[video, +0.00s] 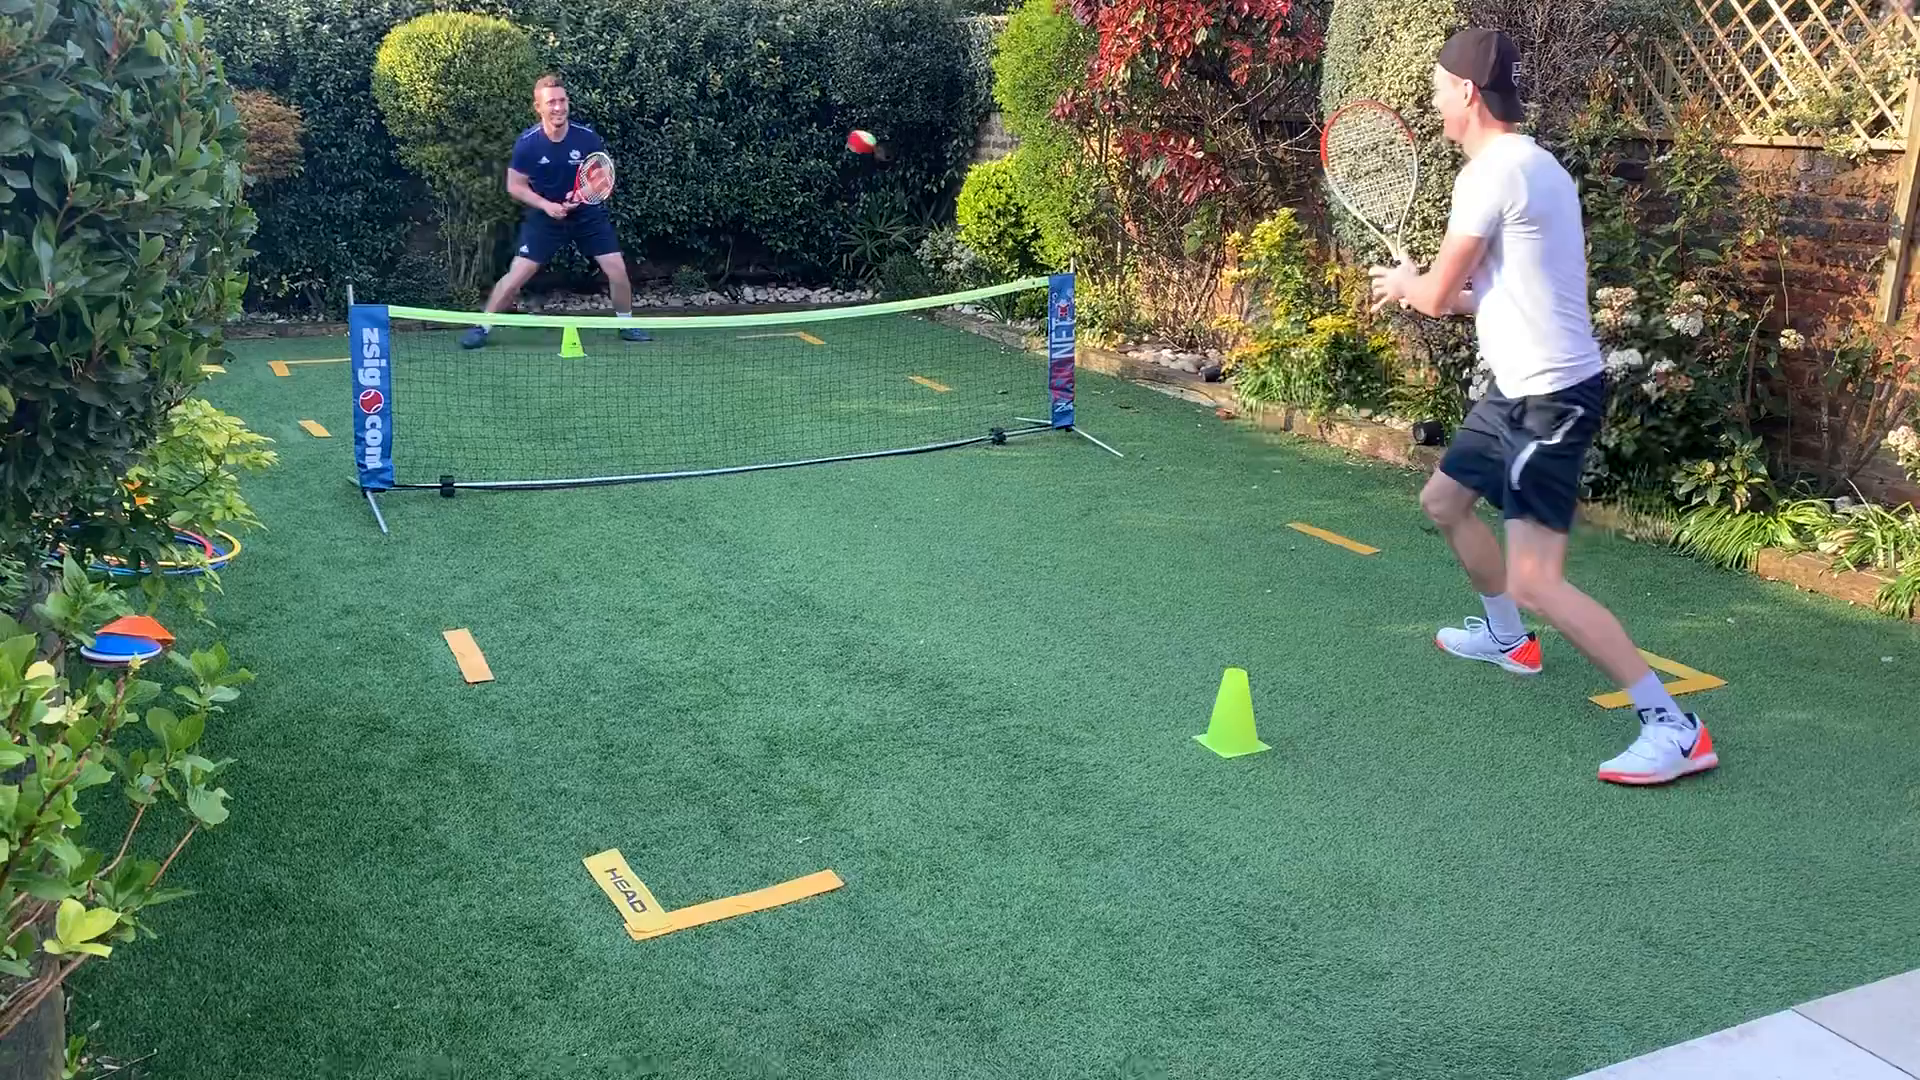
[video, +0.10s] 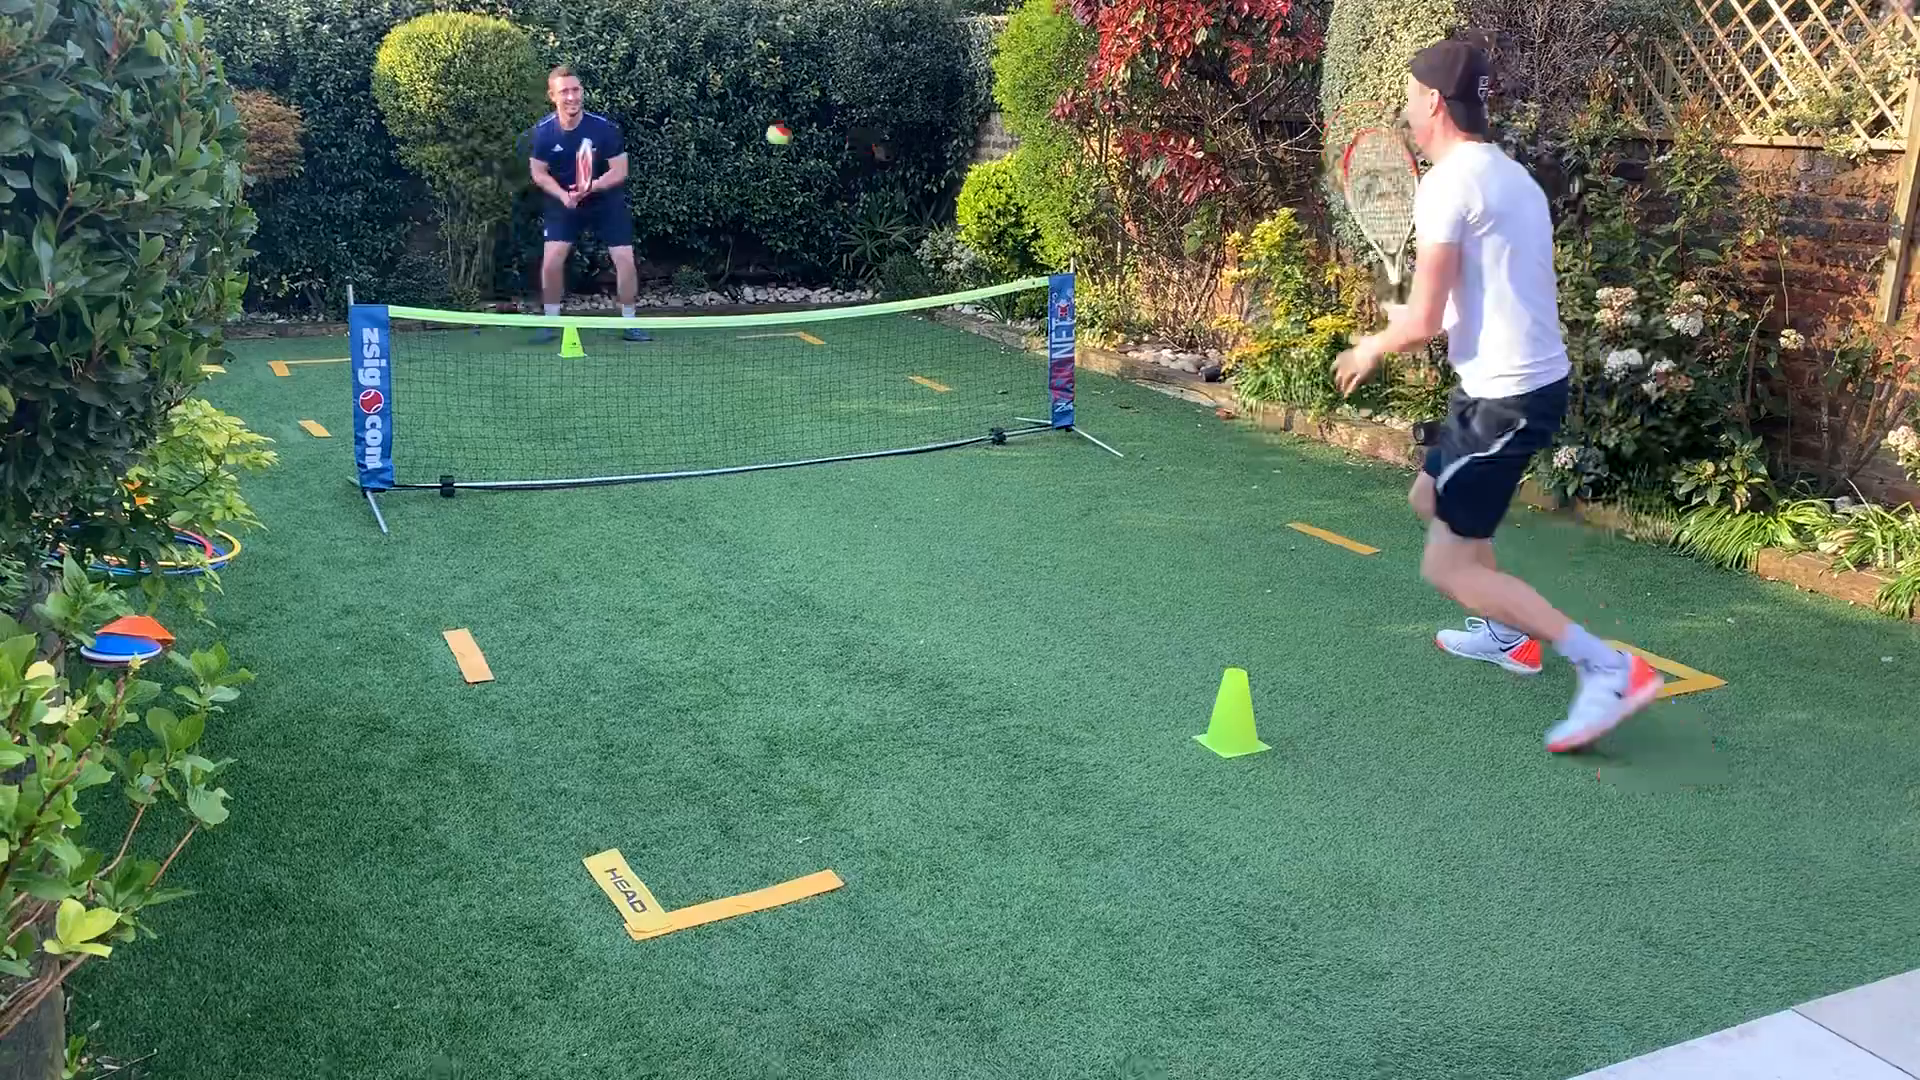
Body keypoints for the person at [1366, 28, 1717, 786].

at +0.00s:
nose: (1437, 104)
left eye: (1442, 91)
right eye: (1440, 90)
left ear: (1469, 94)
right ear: (1497, 93)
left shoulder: (1490, 171)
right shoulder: (1543, 167)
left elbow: (1440, 297)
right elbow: (1507, 292)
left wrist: (1406, 284)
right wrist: (1428, 288)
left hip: (1554, 395)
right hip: (1517, 387)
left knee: (1537, 582)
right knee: (1444, 501)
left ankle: (1673, 725)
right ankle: (1506, 633)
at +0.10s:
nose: (1408, 109)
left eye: (1413, 97)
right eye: (1410, 96)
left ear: (1436, 105)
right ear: (1469, 106)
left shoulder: (1447, 182)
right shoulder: (1514, 176)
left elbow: (1423, 322)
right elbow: (1492, 302)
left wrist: (1372, 347)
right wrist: (1413, 320)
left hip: (1505, 391)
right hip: (1526, 379)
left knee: (1447, 568)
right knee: (1429, 496)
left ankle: (1606, 666)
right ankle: (1506, 631)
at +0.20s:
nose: (1362, 124)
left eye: (1367, 111)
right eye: (1364, 110)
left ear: (1389, 118)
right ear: (1421, 118)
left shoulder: (1411, 192)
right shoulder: (1473, 183)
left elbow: (1404, 325)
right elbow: (1483, 298)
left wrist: (1334, 400)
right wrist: (1401, 327)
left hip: (1468, 395)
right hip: (1510, 388)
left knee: (1344, 521)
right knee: (1428, 505)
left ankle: (1467, 637)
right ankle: (1505, 634)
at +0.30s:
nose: (1312, 134)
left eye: (1316, 121)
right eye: (1312, 121)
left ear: (1336, 125)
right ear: (1370, 123)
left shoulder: (1367, 194)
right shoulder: (1424, 185)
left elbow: (1367, 313)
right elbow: (1415, 305)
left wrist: (1286, 393)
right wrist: (1318, 335)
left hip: (1424, 397)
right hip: (1468, 391)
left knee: (1265, 479)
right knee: (1411, 511)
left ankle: (1303, 639)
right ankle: (1502, 633)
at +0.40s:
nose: (1254, 118)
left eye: (1256, 106)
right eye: (1254, 106)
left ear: (1273, 110)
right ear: (1321, 108)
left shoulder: (1296, 180)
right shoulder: (1373, 179)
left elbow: (1316, 275)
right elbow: (1407, 291)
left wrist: (1239, 374)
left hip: (1354, 393)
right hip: (1411, 390)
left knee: (1197, 482)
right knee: (1408, 512)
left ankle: (1158, 648)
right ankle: (1498, 629)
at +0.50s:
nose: (1206, 96)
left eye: (1209, 85)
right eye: (1209, 84)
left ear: (1222, 92)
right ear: (1276, 93)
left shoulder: (1222, 165)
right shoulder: (1326, 173)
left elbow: (1246, 256)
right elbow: (1388, 279)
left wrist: (1253, 385)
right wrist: (1398, 370)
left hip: (1271, 385)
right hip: (1344, 382)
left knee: (1152, 490)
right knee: (1349, 491)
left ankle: (1143, 662)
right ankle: (1428, 618)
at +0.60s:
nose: (1172, 81)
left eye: (1174, 71)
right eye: (1175, 71)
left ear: (1185, 73)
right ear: (1247, 75)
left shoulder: (1179, 135)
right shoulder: (1298, 152)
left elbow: (1206, 221)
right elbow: (1380, 246)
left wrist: (1207, 351)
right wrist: (1396, 334)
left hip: (1217, 357)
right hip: (1299, 363)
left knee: (1144, 484)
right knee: (1274, 467)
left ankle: (1137, 660)